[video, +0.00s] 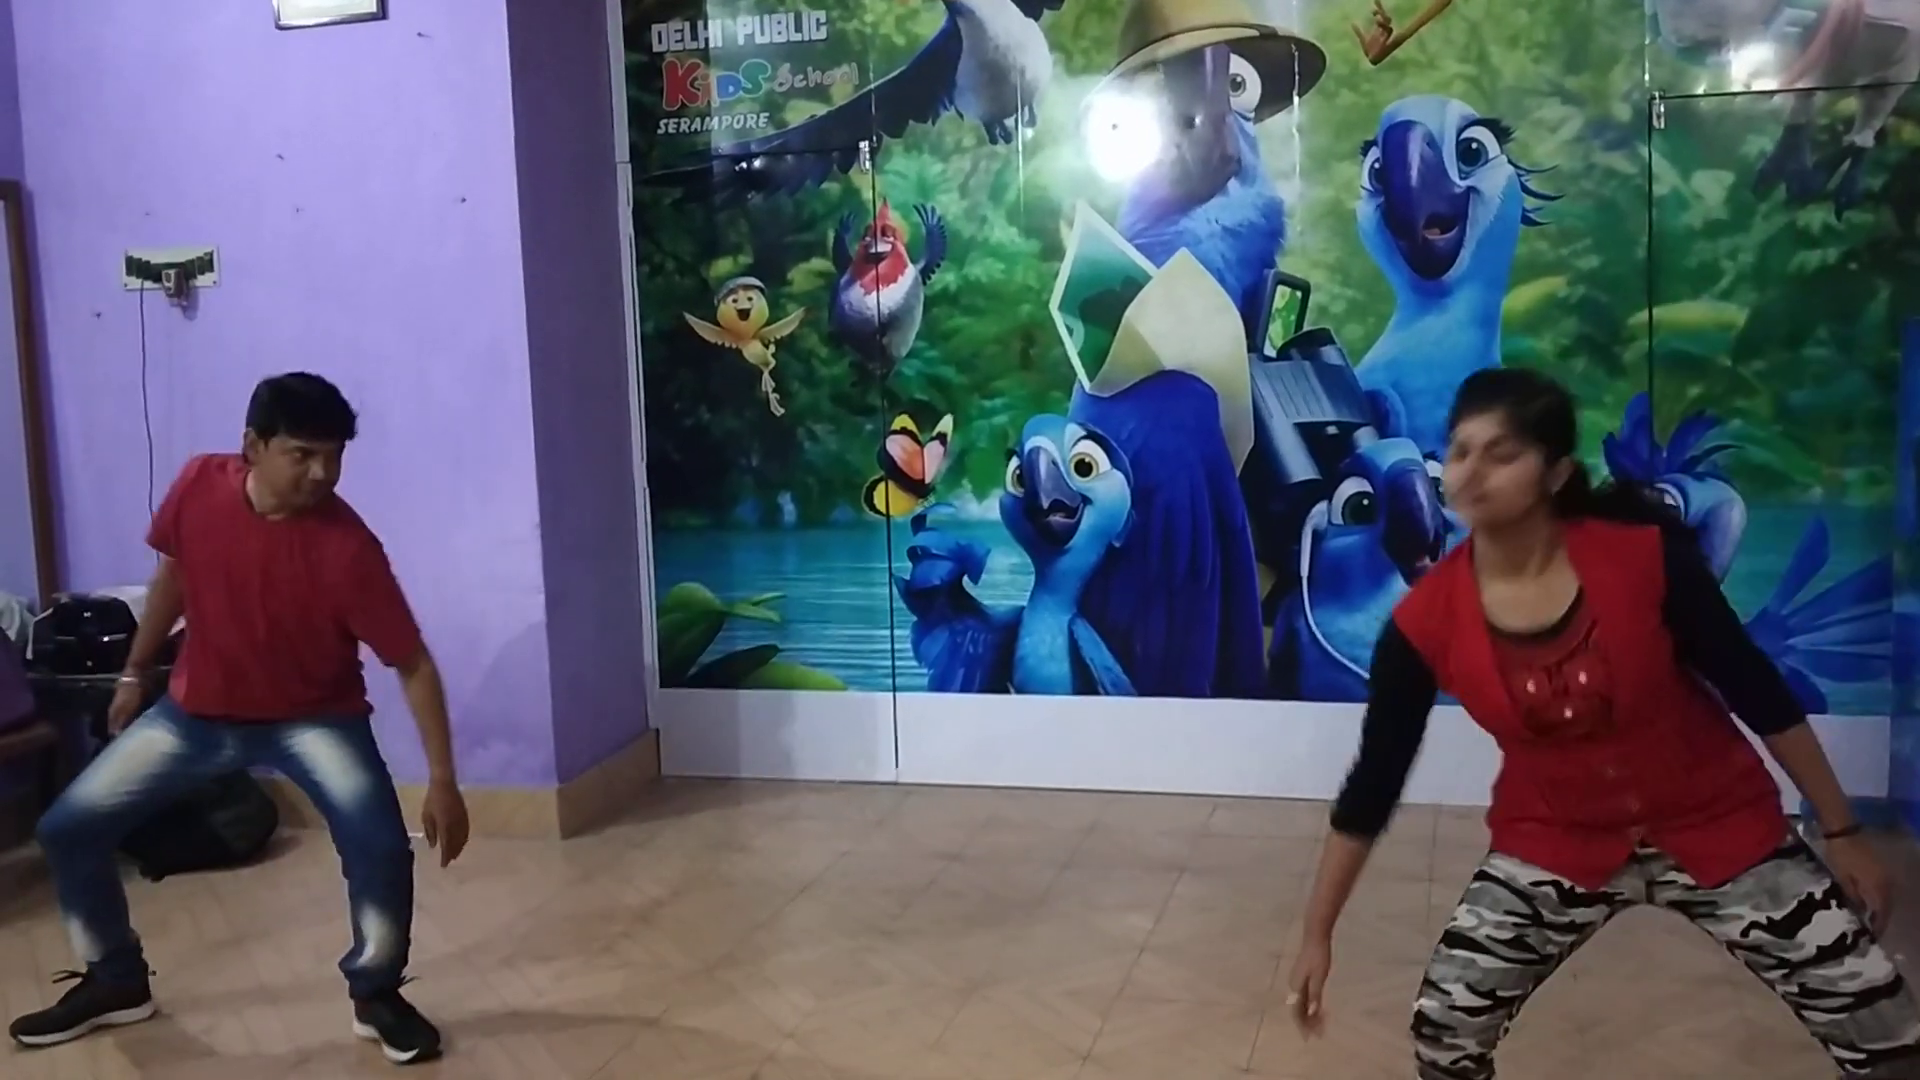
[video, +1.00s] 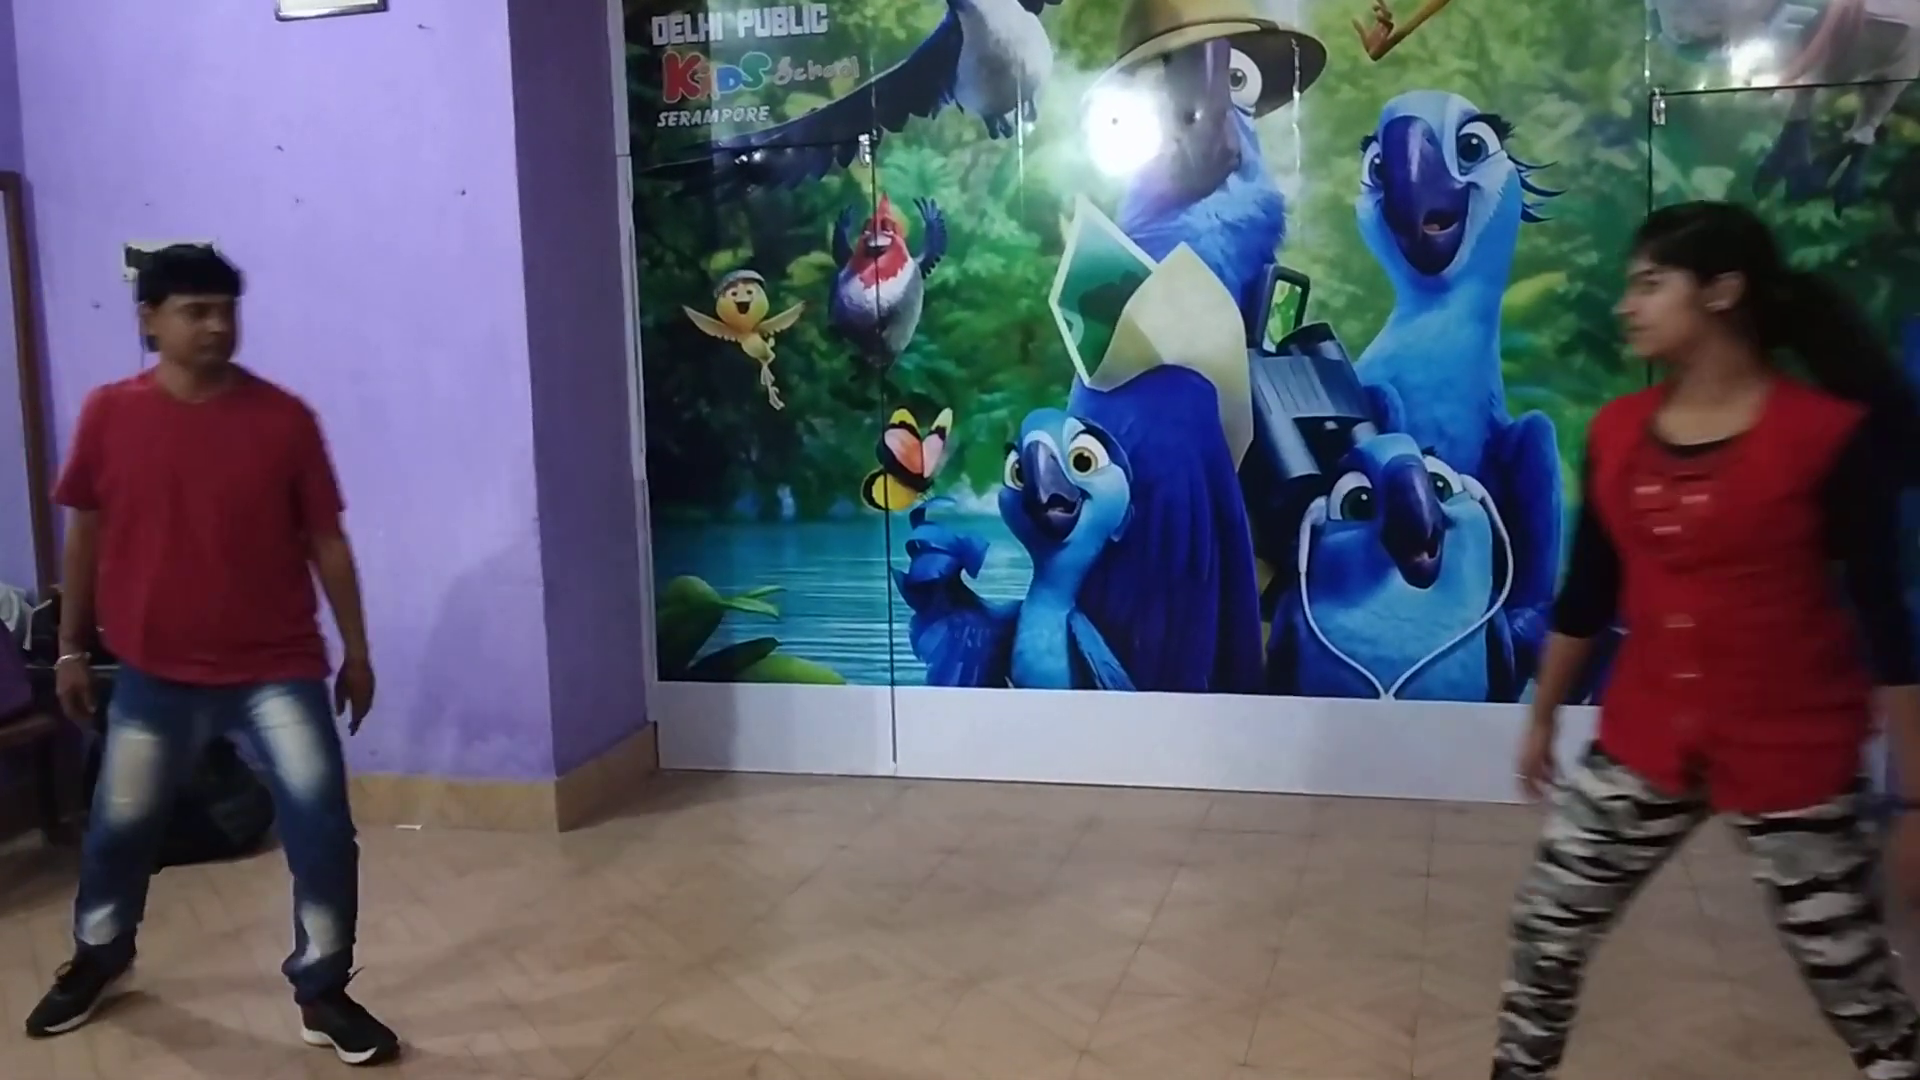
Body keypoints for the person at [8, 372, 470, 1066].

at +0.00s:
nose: (322, 474)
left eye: (333, 457)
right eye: (303, 455)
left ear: (344, 454)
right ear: (255, 446)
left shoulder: (348, 547)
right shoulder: (202, 485)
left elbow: (415, 666)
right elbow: (171, 578)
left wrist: (443, 782)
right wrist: (133, 674)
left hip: (315, 720)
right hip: (197, 712)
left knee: (378, 837)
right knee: (68, 828)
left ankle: (378, 991)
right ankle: (116, 978)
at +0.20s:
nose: (246, 460)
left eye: (256, 444)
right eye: (230, 443)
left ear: (266, 437)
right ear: (182, 430)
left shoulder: (280, 514)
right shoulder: (135, 467)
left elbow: (342, 631)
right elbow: (112, 562)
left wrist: (379, 745)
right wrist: (81, 666)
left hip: (268, 700)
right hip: (151, 698)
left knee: (338, 809)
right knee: (39, 823)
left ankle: (376, 988)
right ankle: (110, 972)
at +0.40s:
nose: (161, 378)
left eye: (172, 361)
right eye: (142, 361)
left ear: (184, 356)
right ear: (98, 357)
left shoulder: (216, 444)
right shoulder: (69, 415)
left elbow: (279, 560)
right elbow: (62, 517)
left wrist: (319, 673)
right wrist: (49, 622)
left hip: (222, 660)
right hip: (106, 657)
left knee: (295, 807)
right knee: (35, 807)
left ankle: (371, 982)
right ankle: (94, 959)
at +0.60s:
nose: (122, 324)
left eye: (133, 308)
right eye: (102, 310)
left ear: (150, 307)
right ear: (64, 312)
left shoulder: (189, 401)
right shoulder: (45, 393)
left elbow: (258, 515)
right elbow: (45, 505)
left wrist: (292, 632)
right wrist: (33, 611)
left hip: (203, 643)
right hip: (91, 644)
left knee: (276, 800)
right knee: (71, 803)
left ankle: (363, 974)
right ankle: (99, 960)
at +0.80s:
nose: (134, 320)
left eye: (146, 305)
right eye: (114, 306)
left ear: (163, 310)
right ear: (76, 314)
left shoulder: (207, 404)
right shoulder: (52, 404)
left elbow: (266, 521)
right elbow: (48, 517)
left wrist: (305, 642)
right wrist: (38, 627)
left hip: (220, 648)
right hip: (103, 652)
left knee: (285, 801)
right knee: (86, 809)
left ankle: (334, 987)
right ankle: (101, 962)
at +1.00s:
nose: (215, 325)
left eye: (225, 311)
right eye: (196, 312)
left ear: (237, 318)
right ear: (151, 322)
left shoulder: (284, 418)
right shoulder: (110, 414)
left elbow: (326, 539)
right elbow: (85, 527)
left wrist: (358, 653)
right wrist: (71, 647)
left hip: (275, 667)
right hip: (152, 668)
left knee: (320, 807)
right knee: (122, 816)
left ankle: (325, 990)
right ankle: (99, 955)